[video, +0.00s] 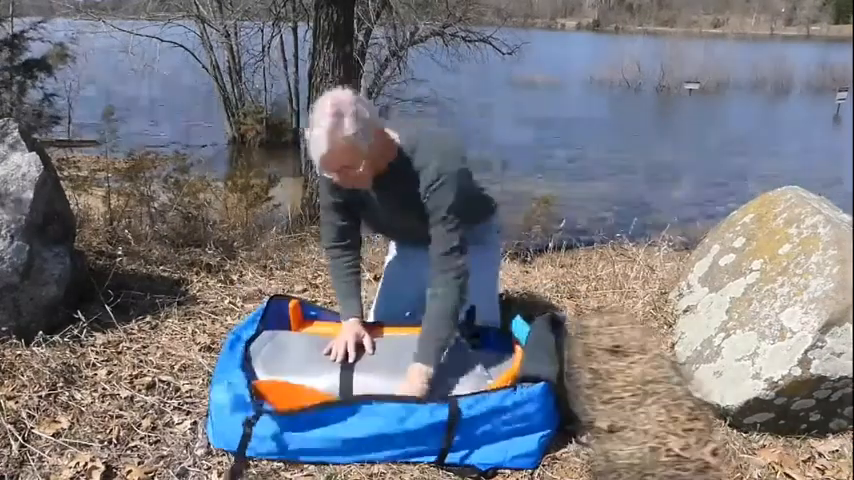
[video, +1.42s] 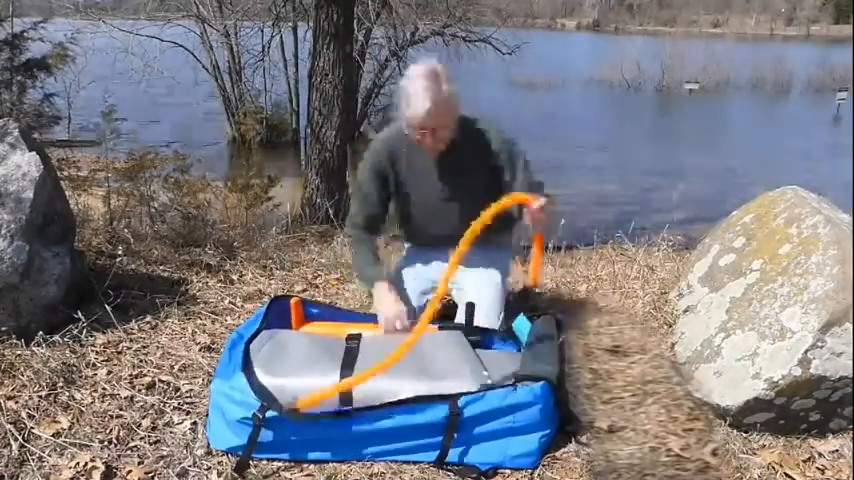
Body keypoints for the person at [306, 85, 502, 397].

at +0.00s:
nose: (338, 181)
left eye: (346, 169)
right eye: (329, 172)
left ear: (374, 148)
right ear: (319, 161)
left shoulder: (436, 164)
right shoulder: (334, 169)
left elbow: (449, 271)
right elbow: (340, 248)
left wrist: (422, 368)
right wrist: (351, 320)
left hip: (471, 240)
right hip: (410, 244)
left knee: (478, 338)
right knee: (380, 336)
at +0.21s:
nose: (361, 180)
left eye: (370, 168)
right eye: (350, 172)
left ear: (397, 141)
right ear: (337, 160)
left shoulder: (447, 168)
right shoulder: (341, 170)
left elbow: (459, 272)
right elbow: (342, 247)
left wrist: (435, 372)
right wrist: (351, 319)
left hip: (472, 241)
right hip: (411, 244)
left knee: (479, 327)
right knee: (386, 326)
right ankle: (443, 301)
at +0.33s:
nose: (364, 134)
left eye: (373, 117)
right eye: (349, 125)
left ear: (399, 107)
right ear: (338, 126)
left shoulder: (452, 151)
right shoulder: (344, 158)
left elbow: (471, 253)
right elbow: (343, 242)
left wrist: (441, 356)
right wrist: (350, 317)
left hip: (470, 242)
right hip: (411, 246)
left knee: (476, 337)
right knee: (387, 329)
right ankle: (438, 300)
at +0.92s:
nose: (373, 161)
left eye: (384, 150)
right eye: (364, 150)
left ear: (412, 131)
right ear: (353, 136)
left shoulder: (466, 149)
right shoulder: (349, 154)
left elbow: (495, 242)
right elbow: (344, 237)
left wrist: (456, 320)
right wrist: (345, 310)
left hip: (469, 251)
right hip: (408, 252)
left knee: (474, 348)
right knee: (384, 341)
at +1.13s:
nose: (406, 171)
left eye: (415, 162)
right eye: (395, 163)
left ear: (434, 130)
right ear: (376, 139)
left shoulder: (477, 144)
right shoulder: (356, 146)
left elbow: (512, 231)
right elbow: (324, 229)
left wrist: (496, 314)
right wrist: (329, 296)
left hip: (474, 249)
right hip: (410, 250)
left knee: (488, 355)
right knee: (382, 346)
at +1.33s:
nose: (427, 163)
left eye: (433, 152)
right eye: (417, 155)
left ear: (445, 123)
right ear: (395, 137)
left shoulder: (487, 147)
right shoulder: (374, 151)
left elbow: (519, 223)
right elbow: (348, 236)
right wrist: (376, 305)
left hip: (481, 250)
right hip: (418, 250)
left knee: (478, 338)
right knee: (385, 337)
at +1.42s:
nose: (430, 141)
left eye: (439, 131)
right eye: (420, 131)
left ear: (455, 118)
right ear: (405, 121)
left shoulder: (488, 142)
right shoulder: (386, 150)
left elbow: (528, 195)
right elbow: (360, 228)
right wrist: (381, 291)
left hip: (483, 255)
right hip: (421, 255)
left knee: (480, 340)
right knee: (396, 335)